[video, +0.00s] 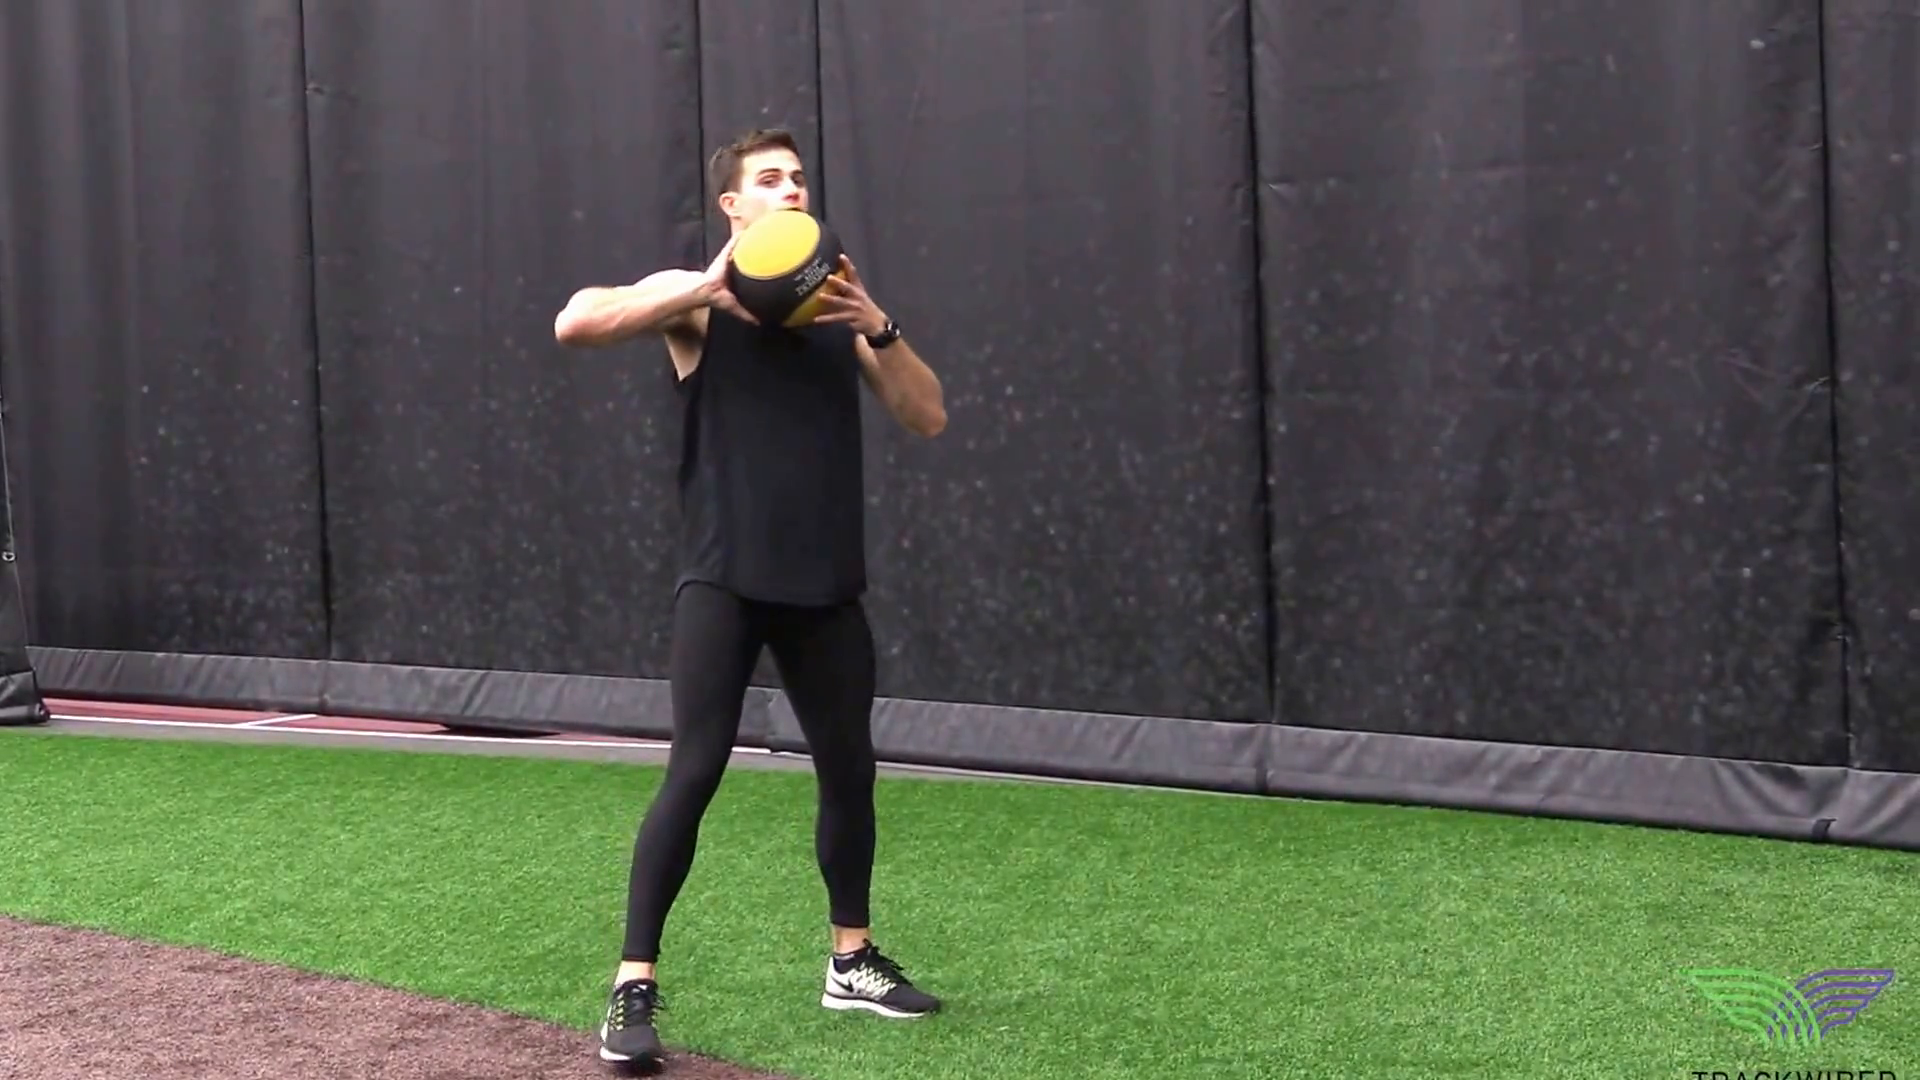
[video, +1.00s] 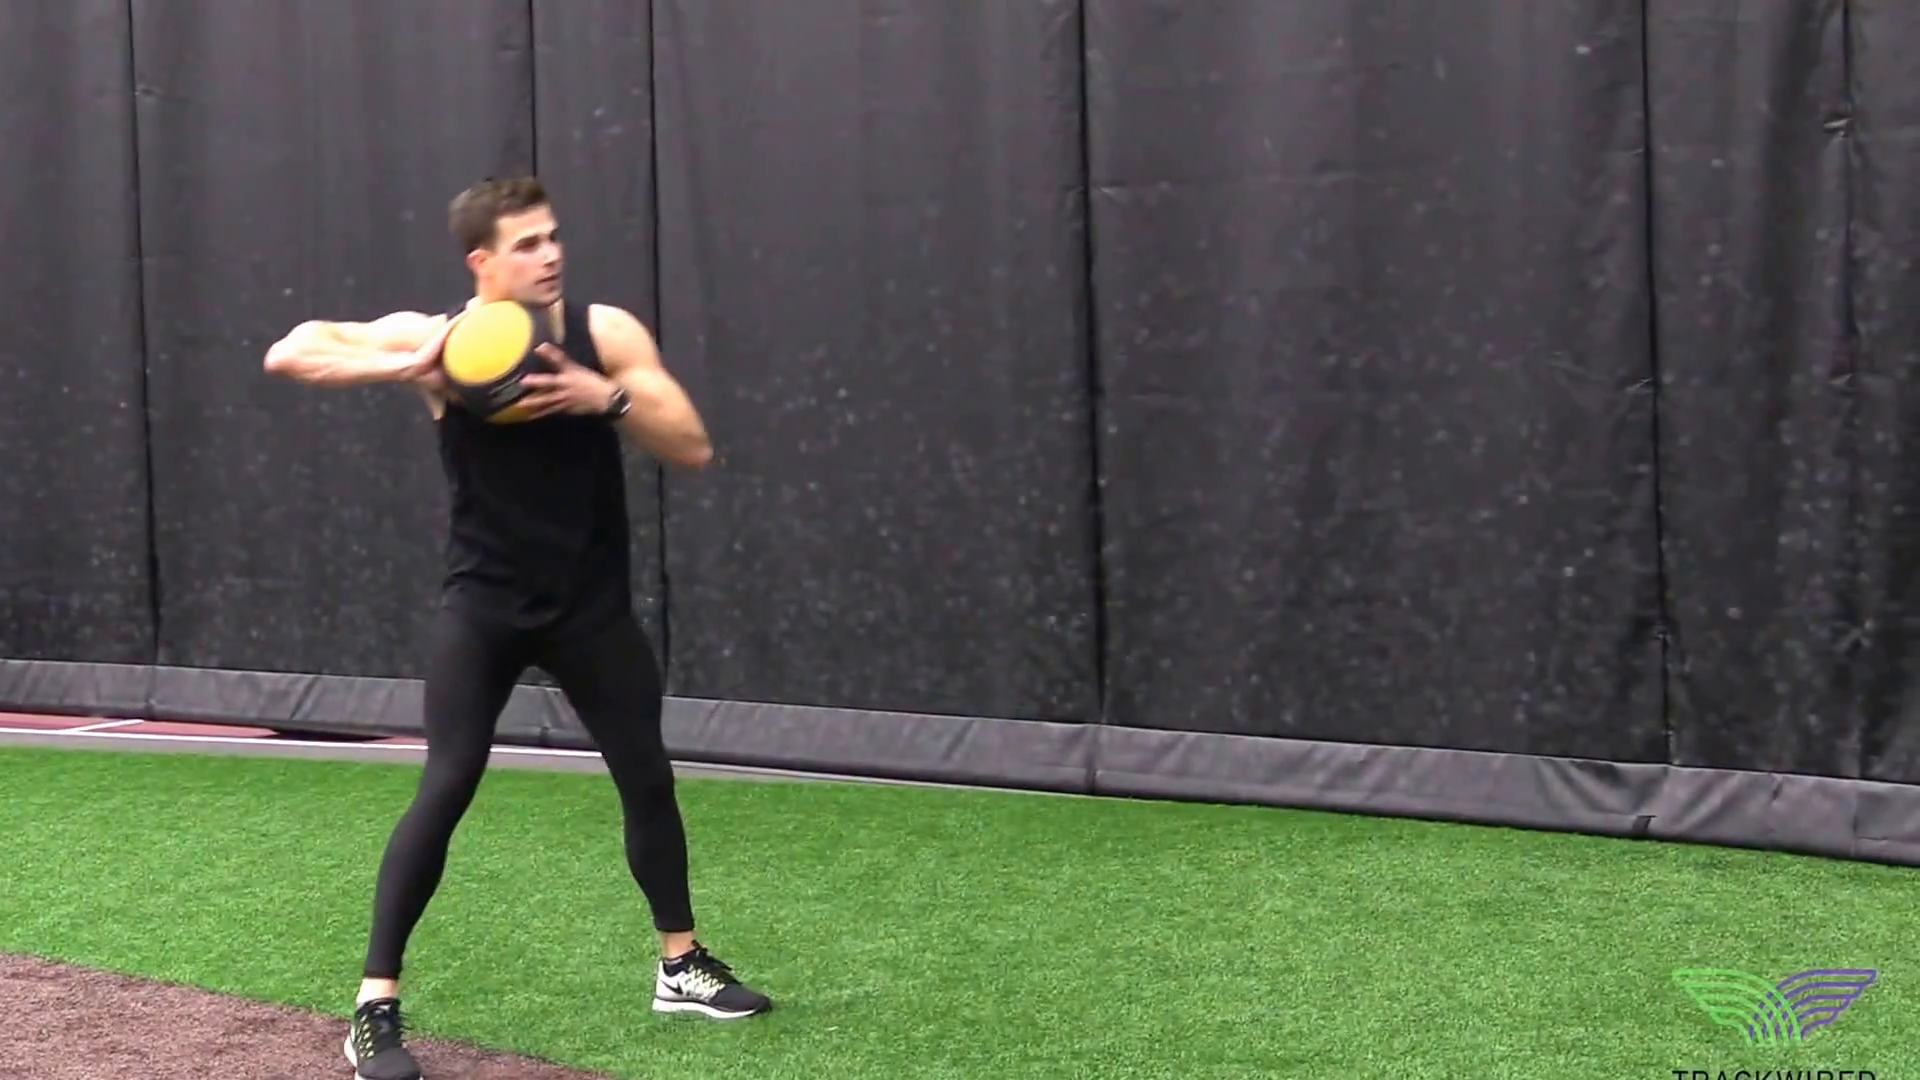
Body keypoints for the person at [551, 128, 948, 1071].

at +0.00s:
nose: (790, 189)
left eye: (798, 177)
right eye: (770, 178)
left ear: (811, 197)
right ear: (729, 202)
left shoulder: (839, 301)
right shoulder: (694, 291)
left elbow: (930, 417)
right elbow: (572, 323)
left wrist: (880, 332)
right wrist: (696, 294)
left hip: (823, 578)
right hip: (721, 574)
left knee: (850, 768)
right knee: (695, 767)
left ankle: (851, 961)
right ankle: (635, 982)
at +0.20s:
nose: (812, 197)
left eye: (816, 184)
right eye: (792, 184)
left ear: (822, 201)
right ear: (745, 201)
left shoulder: (844, 302)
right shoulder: (701, 293)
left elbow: (935, 418)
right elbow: (574, 307)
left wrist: (883, 333)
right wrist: (703, 287)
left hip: (822, 577)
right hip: (721, 571)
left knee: (844, 764)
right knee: (699, 761)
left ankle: (852, 961)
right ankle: (643, 975)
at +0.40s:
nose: (793, 202)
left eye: (796, 189)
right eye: (773, 189)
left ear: (800, 209)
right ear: (725, 205)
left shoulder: (820, 306)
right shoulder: (673, 297)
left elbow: (911, 419)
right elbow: (543, 306)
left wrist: (861, 337)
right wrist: (674, 290)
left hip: (793, 580)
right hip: (691, 575)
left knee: (816, 767)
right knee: (675, 760)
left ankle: (831, 962)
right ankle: (623, 977)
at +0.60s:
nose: (716, 213)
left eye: (721, 198)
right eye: (695, 199)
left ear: (728, 214)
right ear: (643, 216)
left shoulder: (751, 308)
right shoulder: (597, 302)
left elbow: (841, 422)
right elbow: (457, 314)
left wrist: (792, 342)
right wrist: (578, 313)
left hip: (720, 585)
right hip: (618, 582)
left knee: (747, 765)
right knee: (596, 753)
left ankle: (771, 959)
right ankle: (528, 972)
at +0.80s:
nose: (615, 230)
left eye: (619, 213)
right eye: (594, 216)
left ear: (627, 224)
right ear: (543, 233)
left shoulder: (668, 315)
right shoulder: (498, 312)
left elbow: (750, 428)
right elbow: (355, 331)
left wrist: (685, 360)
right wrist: (482, 333)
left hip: (639, 588)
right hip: (530, 584)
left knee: (671, 772)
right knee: (496, 761)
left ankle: (698, 962)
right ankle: (420, 980)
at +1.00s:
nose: (551, 257)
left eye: (554, 239)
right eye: (529, 246)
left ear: (562, 246)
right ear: (480, 265)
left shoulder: (608, 333)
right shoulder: (442, 338)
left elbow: (696, 449)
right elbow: (287, 354)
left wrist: (612, 397)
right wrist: (400, 362)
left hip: (592, 604)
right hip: (484, 604)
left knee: (648, 775)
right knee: (449, 782)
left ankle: (682, 962)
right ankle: (378, 994)